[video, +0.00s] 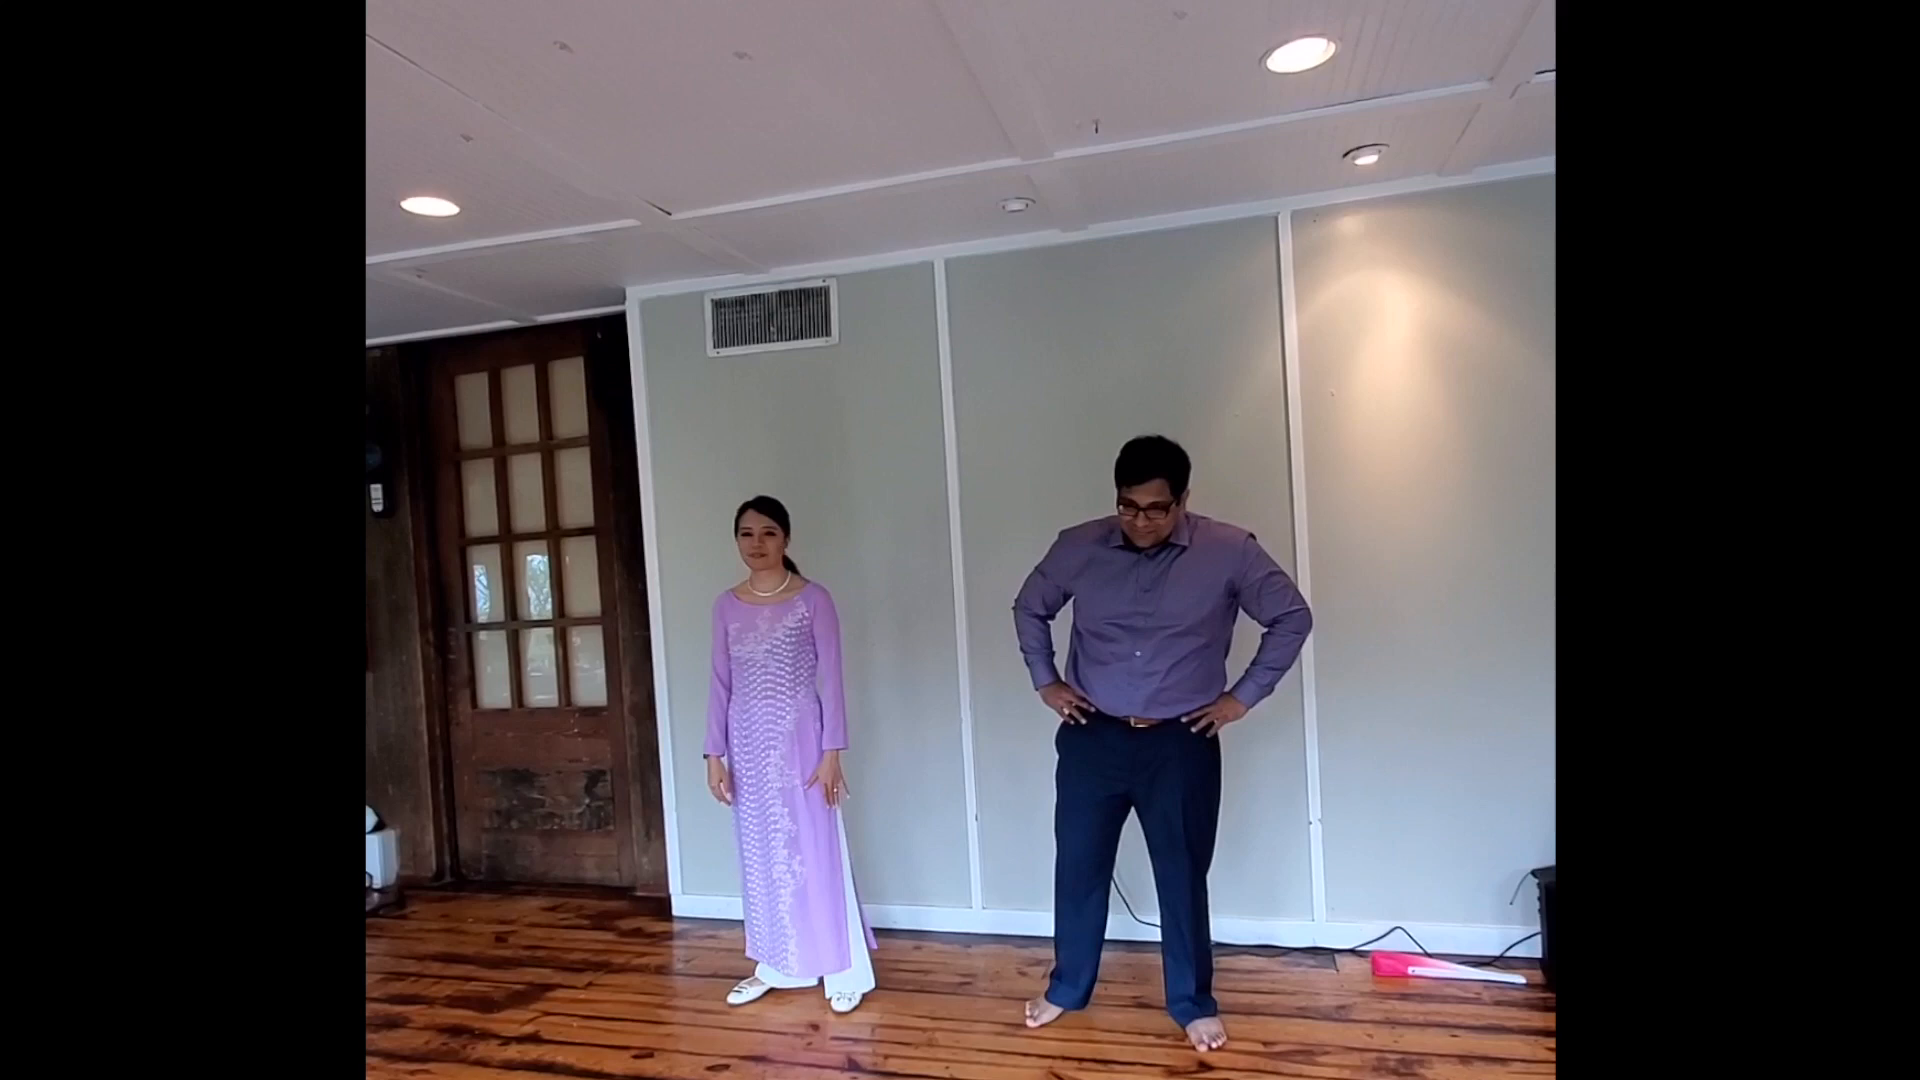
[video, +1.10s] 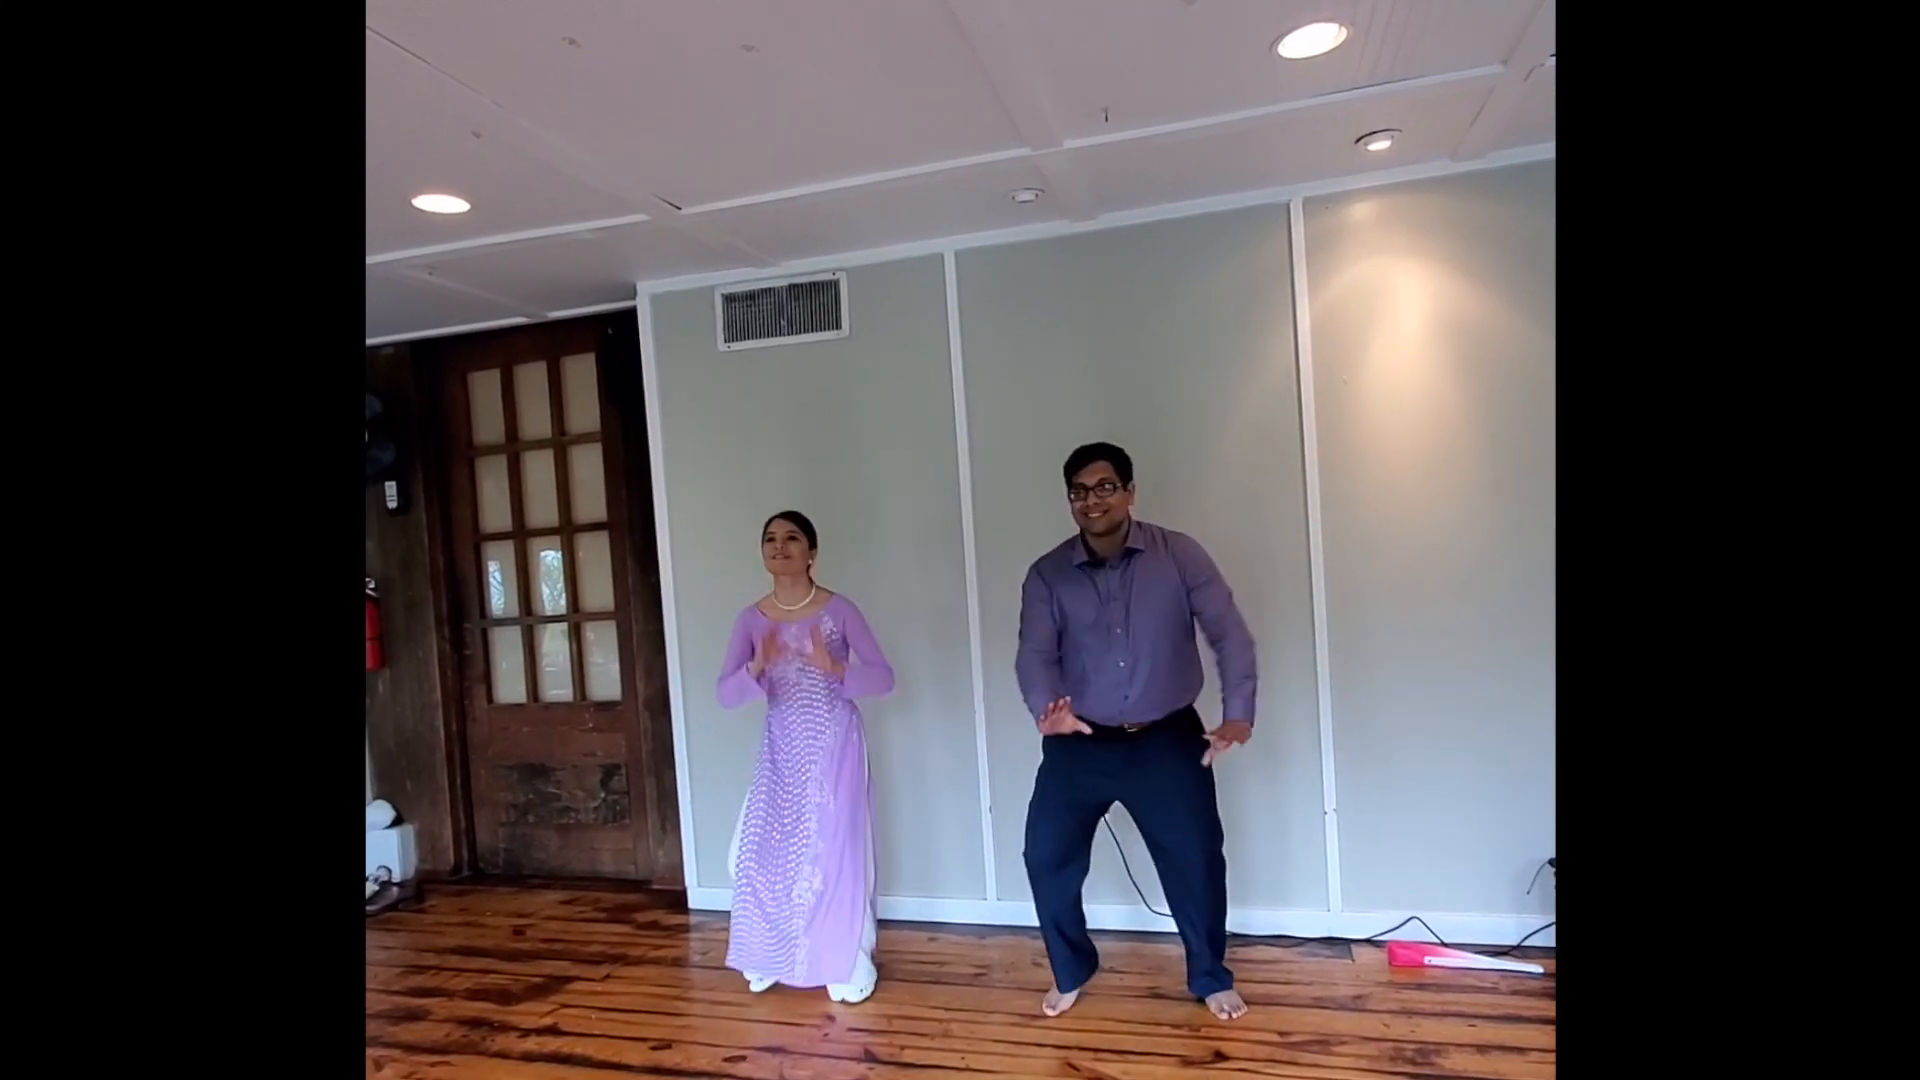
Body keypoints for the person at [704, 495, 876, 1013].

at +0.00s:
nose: (757, 542)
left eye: (768, 532)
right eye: (747, 533)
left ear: (786, 538)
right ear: (736, 542)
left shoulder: (813, 598)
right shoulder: (728, 606)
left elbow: (831, 680)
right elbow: (720, 684)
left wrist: (833, 751)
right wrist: (716, 753)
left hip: (801, 745)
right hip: (748, 749)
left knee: (816, 859)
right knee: (763, 859)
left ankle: (844, 971)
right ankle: (778, 966)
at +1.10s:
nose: (780, 547)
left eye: (790, 539)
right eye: (771, 540)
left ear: (811, 550)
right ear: (762, 554)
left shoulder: (840, 610)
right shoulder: (752, 619)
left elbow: (883, 679)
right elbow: (726, 694)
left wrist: (835, 668)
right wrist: (757, 667)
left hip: (834, 746)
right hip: (782, 749)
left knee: (835, 849)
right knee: (771, 846)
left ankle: (849, 962)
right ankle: (766, 954)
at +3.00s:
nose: (778, 541)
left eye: (788, 530)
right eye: (768, 531)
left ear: (806, 531)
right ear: (756, 533)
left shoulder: (829, 584)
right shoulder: (744, 587)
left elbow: (827, 657)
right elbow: (733, 650)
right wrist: (746, 652)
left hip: (819, 725)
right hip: (769, 725)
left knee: (827, 834)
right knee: (775, 834)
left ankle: (844, 951)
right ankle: (786, 946)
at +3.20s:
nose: (769, 583)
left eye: (780, 572)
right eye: (759, 573)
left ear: (798, 570)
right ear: (748, 570)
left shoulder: (821, 621)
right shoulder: (733, 625)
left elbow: (871, 687)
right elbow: (702, 696)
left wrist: (812, 718)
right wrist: (760, 719)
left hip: (812, 747)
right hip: (757, 754)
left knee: (831, 795)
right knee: (761, 863)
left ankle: (832, 838)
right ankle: (803, 958)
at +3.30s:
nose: (765, 586)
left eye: (776, 576)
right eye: (756, 576)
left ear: (795, 579)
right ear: (747, 579)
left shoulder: (817, 629)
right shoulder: (732, 634)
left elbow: (871, 682)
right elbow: (695, 697)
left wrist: (810, 668)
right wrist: (744, 674)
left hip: (811, 750)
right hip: (758, 761)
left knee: (837, 791)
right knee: (759, 864)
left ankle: (855, 845)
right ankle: (798, 959)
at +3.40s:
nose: (762, 579)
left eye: (773, 570)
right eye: (753, 571)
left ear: (792, 575)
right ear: (745, 577)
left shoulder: (817, 629)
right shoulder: (731, 632)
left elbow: (851, 691)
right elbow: (712, 695)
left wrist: (816, 654)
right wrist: (746, 659)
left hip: (812, 752)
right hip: (756, 761)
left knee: (851, 813)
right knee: (760, 863)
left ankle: (885, 899)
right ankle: (791, 965)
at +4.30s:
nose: (818, 555)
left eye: (815, 547)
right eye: (805, 550)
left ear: (807, 562)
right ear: (778, 569)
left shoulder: (825, 610)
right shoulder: (772, 628)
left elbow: (880, 572)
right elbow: (745, 702)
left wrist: (906, 509)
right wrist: (797, 732)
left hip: (858, 752)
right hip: (812, 755)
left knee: (883, 860)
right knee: (842, 843)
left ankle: (845, 964)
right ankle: (786, 887)